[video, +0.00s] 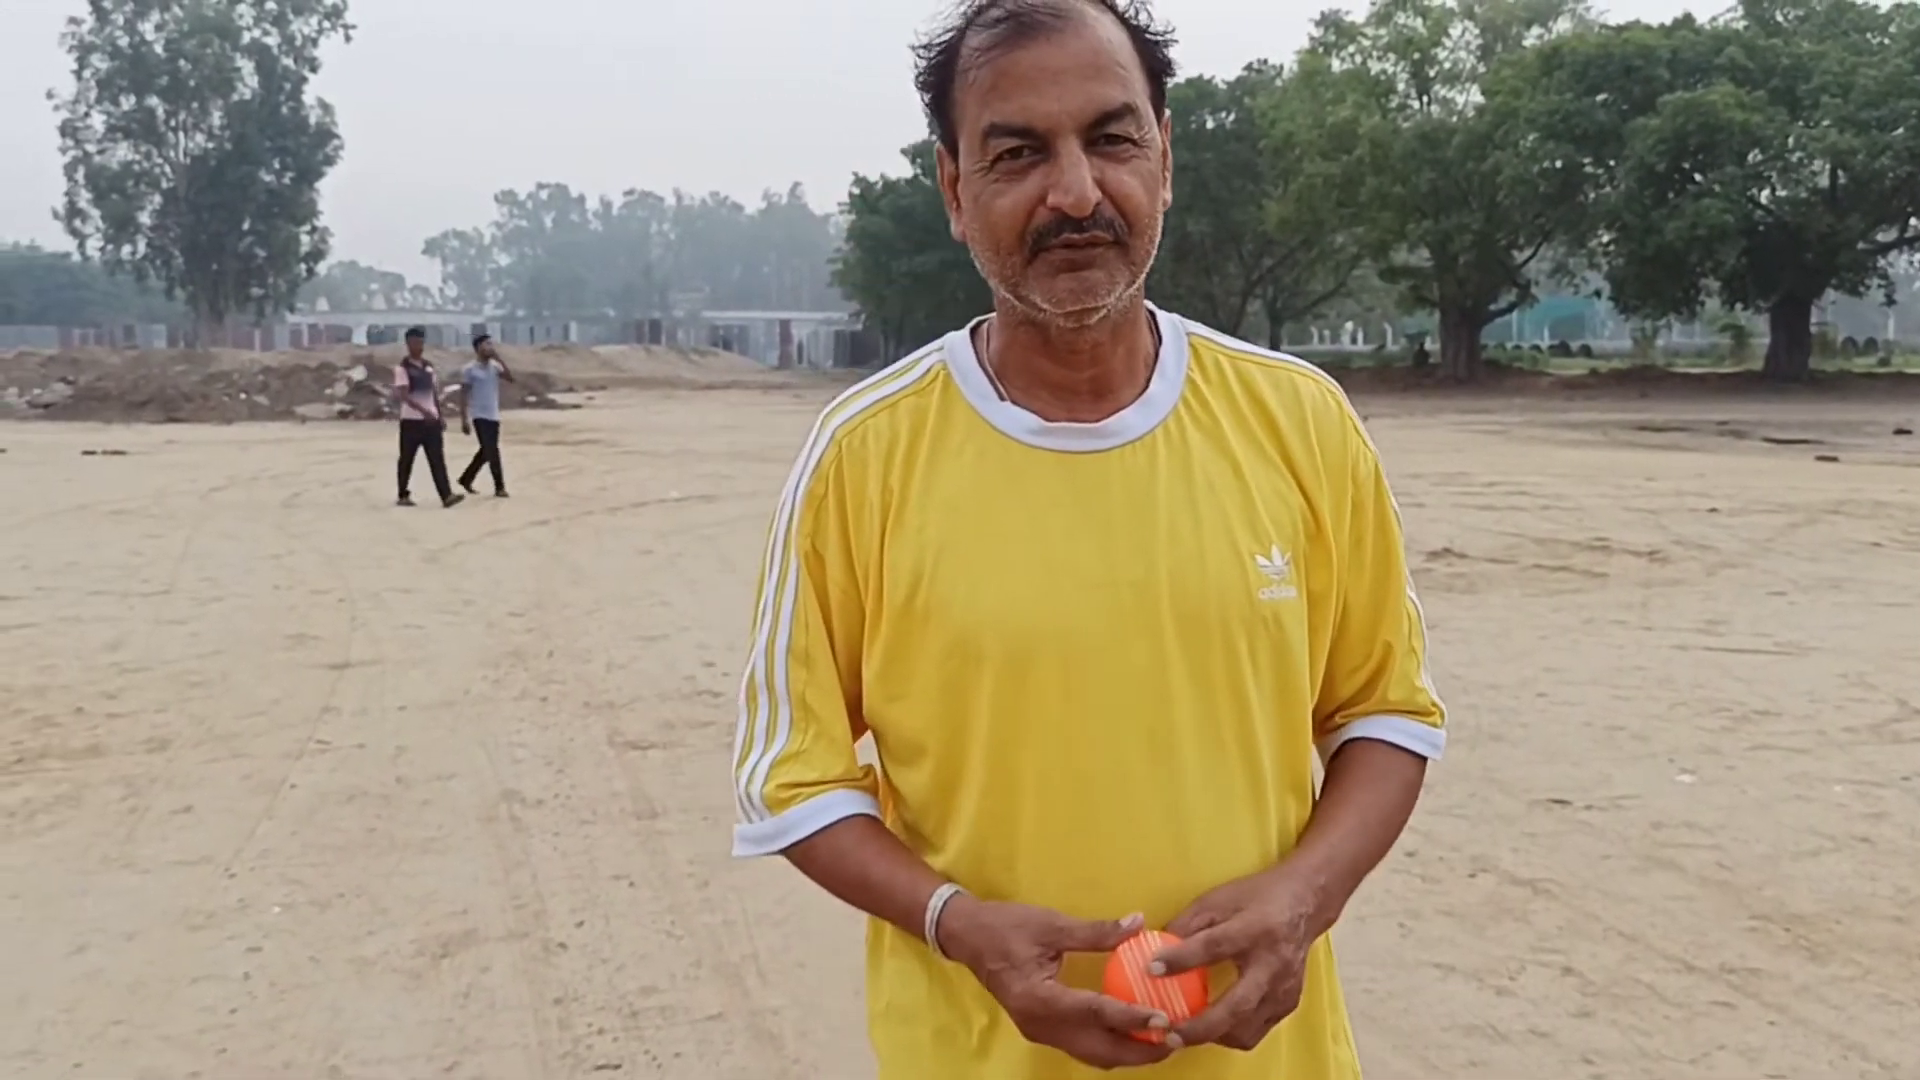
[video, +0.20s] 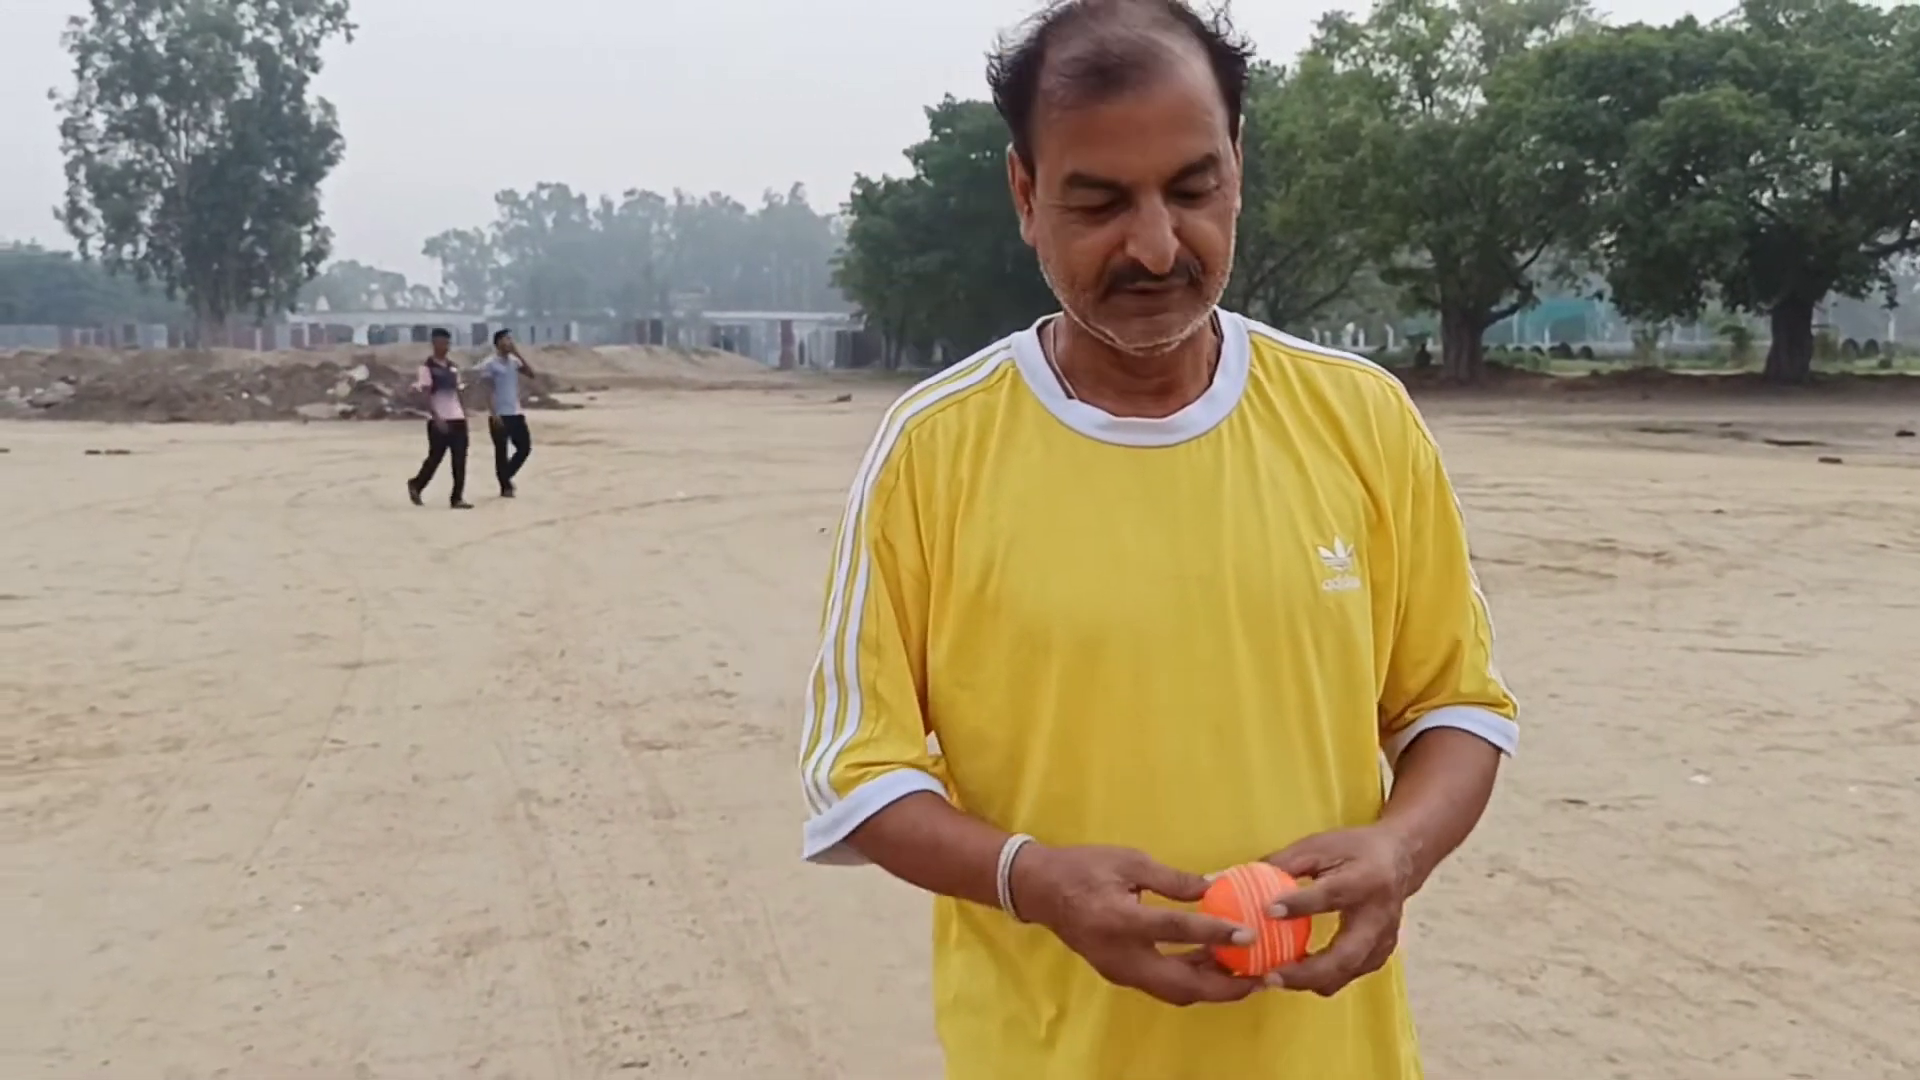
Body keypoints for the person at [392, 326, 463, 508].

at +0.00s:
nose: (418, 347)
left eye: (421, 343)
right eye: (414, 343)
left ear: (424, 344)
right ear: (407, 344)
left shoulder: (429, 368)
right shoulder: (403, 368)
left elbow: (435, 395)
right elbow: (403, 395)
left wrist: (440, 416)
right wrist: (425, 412)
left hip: (431, 419)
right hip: (411, 419)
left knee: (437, 460)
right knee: (406, 460)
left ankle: (447, 494)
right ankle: (403, 494)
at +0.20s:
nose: (443, 347)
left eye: (446, 343)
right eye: (440, 343)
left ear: (449, 345)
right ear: (433, 344)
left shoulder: (452, 367)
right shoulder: (427, 368)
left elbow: (457, 393)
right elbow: (425, 395)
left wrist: (463, 415)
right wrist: (436, 417)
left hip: (458, 418)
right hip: (439, 419)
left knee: (459, 461)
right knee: (435, 457)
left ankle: (457, 497)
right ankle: (416, 484)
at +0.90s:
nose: (451, 340)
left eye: (452, 337)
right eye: (447, 337)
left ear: (454, 338)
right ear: (438, 338)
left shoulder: (459, 361)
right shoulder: (430, 364)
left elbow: (466, 388)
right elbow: (430, 393)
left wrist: (473, 411)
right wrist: (435, 417)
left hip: (461, 414)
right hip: (443, 415)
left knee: (468, 453)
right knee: (443, 458)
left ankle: (443, 480)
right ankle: (445, 498)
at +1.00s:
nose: (440, 341)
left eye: (442, 336)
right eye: (436, 337)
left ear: (444, 338)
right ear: (427, 338)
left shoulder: (448, 361)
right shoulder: (420, 363)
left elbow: (454, 389)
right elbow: (422, 394)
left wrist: (462, 412)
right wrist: (437, 414)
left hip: (450, 416)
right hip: (430, 416)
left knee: (460, 453)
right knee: (428, 460)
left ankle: (447, 493)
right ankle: (428, 499)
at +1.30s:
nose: (411, 338)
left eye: (413, 334)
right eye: (407, 334)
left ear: (415, 335)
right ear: (398, 335)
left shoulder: (417, 359)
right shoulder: (390, 360)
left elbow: (418, 389)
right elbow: (389, 391)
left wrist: (427, 401)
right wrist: (411, 411)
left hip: (419, 417)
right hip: (399, 417)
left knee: (425, 461)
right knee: (389, 457)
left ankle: (425, 498)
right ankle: (367, 491)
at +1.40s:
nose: (405, 335)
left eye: (407, 331)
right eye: (401, 331)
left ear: (409, 332)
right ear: (392, 332)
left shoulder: (411, 356)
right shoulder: (383, 358)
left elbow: (411, 382)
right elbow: (381, 389)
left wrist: (418, 396)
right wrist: (389, 414)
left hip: (414, 412)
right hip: (396, 412)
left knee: (415, 458)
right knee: (393, 453)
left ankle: (408, 496)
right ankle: (364, 479)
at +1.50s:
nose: (404, 338)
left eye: (406, 334)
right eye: (400, 333)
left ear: (408, 335)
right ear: (390, 334)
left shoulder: (409, 359)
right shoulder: (380, 359)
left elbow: (413, 389)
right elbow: (374, 390)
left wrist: (419, 414)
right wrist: (374, 418)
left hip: (410, 413)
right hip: (391, 412)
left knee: (408, 459)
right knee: (400, 455)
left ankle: (395, 500)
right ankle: (375, 487)